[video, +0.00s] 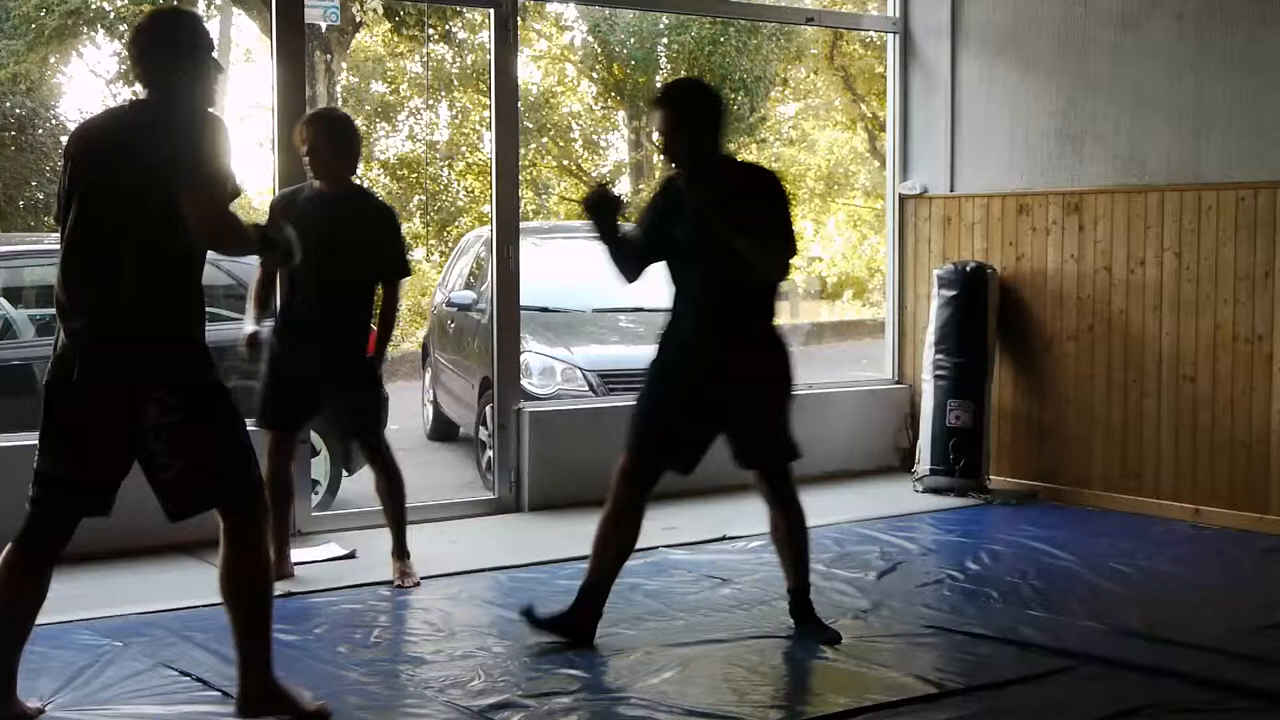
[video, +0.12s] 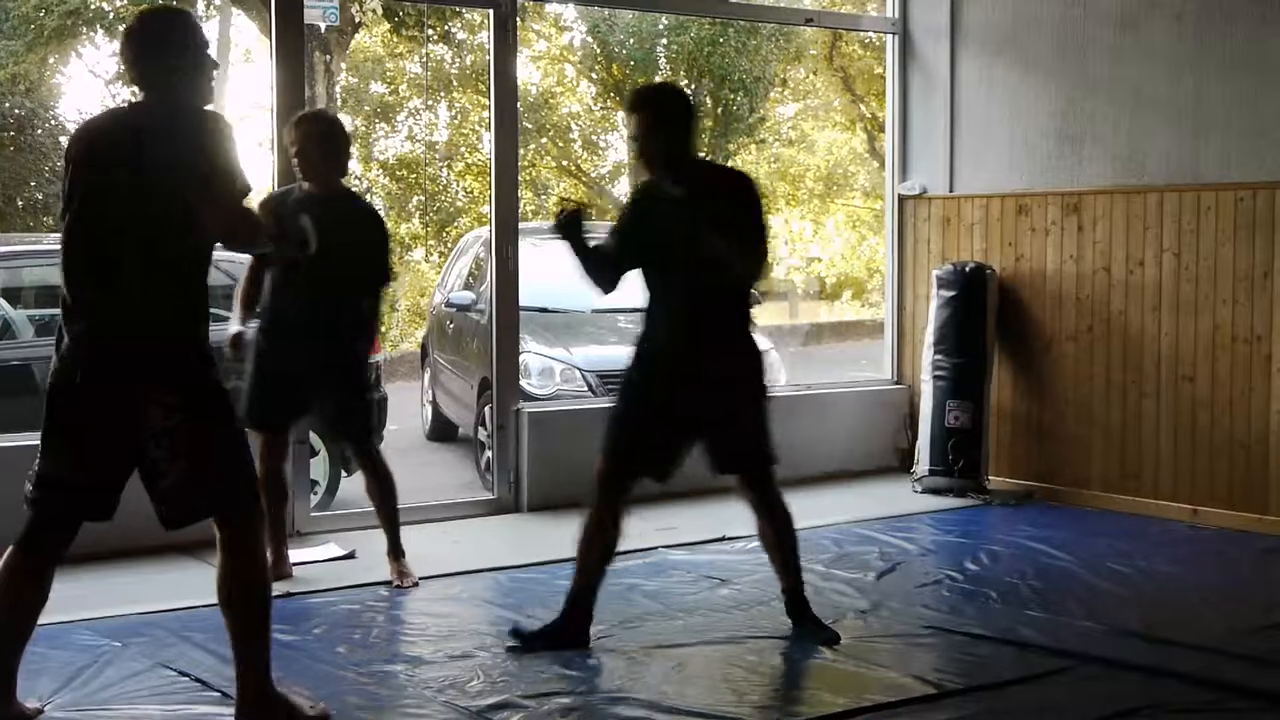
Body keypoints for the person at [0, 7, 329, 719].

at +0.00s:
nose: (215, 75)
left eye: (211, 63)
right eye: (210, 63)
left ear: (140, 64)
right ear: (197, 65)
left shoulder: (86, 135)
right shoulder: (198, 127)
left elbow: (69, 245)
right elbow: (213, 227)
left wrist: (80, 336)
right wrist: (265, 240)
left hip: (83, 361)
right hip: (170, 359)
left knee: (41, 532)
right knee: (245, 508)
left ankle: (2, 691)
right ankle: (257, 684)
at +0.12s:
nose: (212, 65)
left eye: (206, 52)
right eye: (203, 54)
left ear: (135, 66)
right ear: (186, 62)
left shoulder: (88, 135)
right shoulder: (204, 128)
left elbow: (75, 246)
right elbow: (232, 223)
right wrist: (280, 238)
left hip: (88, 366)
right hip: (175, 365)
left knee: (41, 538)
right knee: (241, 524)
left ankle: (1, 692)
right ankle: (256, 692)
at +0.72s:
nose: (396, 68)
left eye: (392, 57)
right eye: (387, 58)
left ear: (326, 66)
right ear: (364, 65)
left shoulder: (275, 129)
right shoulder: (383, 143)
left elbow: (243, 215)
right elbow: (423, 244)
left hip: (231, 353)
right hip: (312, 359)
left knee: (174, 510)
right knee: (356, 527)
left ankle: (94, 660)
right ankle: (381, 693)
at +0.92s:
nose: (344, 74)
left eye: (339, 61)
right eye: (335, 61)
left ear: (272, 68)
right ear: (312, 68)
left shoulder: (229, 135)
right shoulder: (318, 151)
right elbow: (341, 245)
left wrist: (361, 217)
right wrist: (390, 221)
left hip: (190, 371)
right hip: (269, 374)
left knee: (143, 533)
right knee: (326, 536)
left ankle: (86, 688)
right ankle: (380, 689)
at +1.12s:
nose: (299, 72)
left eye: (294, 58)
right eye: (291, 60)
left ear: (226, 65)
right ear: (270, 66)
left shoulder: (181, 132)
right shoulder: (269, 139)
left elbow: (202, 237)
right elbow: (275, 247)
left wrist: (296, 180)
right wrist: (333, 231)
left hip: (157, 369)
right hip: (238, 369)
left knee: (117, 538)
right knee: (324, 514)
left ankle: (70, 694)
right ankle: (365, 678)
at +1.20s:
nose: (279, 73)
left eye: (273, 60)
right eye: (271, 61)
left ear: (203, 67)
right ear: (254, 66)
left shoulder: (163, 131)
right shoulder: (253, 138)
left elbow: (204, 194)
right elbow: (273, 245)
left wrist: (285, 160)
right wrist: (319, 224)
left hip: (141, 369)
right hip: (225, 368)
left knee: (102, 538)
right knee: (323, 507)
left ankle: (52, 694)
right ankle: (353, 672)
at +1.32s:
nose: (278, 80)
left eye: (272, 68)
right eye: (269, 68)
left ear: (205, 75)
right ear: (251, 74)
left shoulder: (175, 139)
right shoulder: (261, 144)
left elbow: (235, 201)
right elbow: (318, 237)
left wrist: (302, 164)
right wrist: (356, 188)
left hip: (151, 371)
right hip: (234, 372)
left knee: (100, 541)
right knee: (335, 508)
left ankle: (45, 698)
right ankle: (373, 670)